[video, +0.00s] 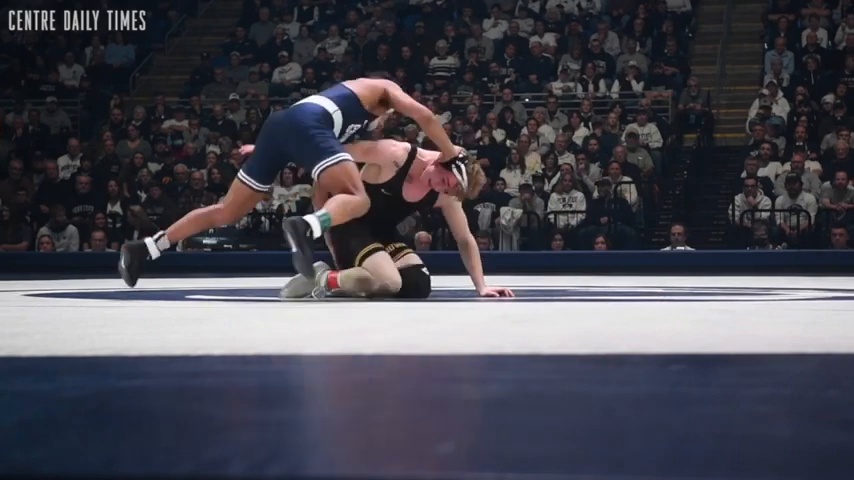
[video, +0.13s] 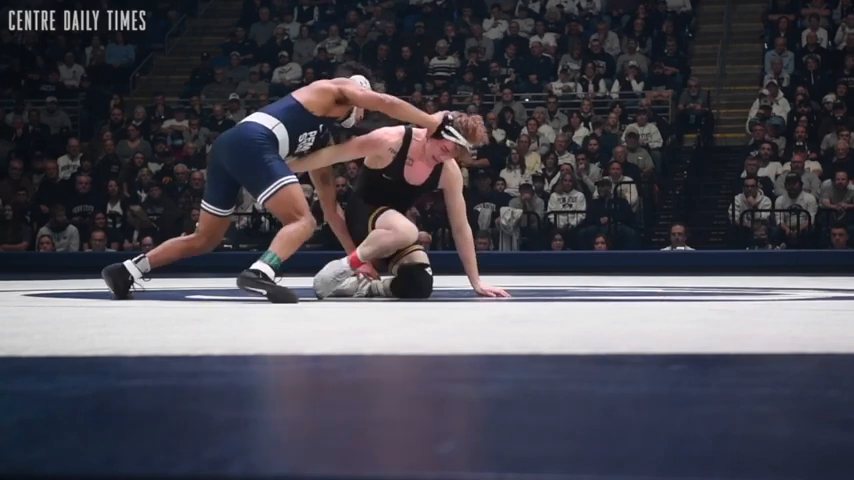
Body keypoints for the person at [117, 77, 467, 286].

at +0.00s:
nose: (382, 113)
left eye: (382, 112)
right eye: (387, 106)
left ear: (368, 108)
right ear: (383, 99)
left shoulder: (350, 122)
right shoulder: (380, 88)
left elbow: (295, 127)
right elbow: (424, 115)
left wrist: (258, 150)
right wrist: (449, 149)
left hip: (277, 126)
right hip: (310, 119)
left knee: (228, 211)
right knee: (359, 197)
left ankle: (150, 248)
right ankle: (309, 224)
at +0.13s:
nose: (365, 100)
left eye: (367, 98)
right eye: (364, 94)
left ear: (355, 102)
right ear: (351, 85)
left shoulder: (324, 141)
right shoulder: (334, 87)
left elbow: (331, 201)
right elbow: (375, 101)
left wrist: (352, 254)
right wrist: (426, 119)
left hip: (224, 149)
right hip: (252, 143)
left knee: (205, 239)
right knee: (303, 220)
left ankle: (131, 269)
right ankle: (261, 269)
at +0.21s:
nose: (343, 127)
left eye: (345, 123)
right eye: (343, 119)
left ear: (334, 127)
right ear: (334, 107)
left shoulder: (303, 161)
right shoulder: (311, 105)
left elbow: (336, 212)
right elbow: (354, 113)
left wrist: (380, 247)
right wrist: (407, 123)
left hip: (195, 149)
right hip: (222, 138)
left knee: (190, 243)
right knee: (280, 212)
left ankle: (121, 274)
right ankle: (251, 269)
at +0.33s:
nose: (342, 157)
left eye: (345, 154)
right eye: (343, 149)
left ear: (331, 134)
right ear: (335, 134)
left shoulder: (306, 162)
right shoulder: (297, 120)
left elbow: (336, 210)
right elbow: (329, 141)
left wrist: (364, 251)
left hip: (188, 153)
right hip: (208, 148)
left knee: (185, 245)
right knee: (286, 205)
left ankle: (120, 270)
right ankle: (229, 257)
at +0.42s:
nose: (370, 140)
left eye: (373, 135)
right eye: (370, 131)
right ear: (352, 120)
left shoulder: (334, 152)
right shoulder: (315, 124)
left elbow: (345, 202)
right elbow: (292, 144)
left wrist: (361, 244)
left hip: (209, 154)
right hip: (221, 157)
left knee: (192, 241)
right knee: (289, 224)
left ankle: (119, 259)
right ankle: (231, 255)